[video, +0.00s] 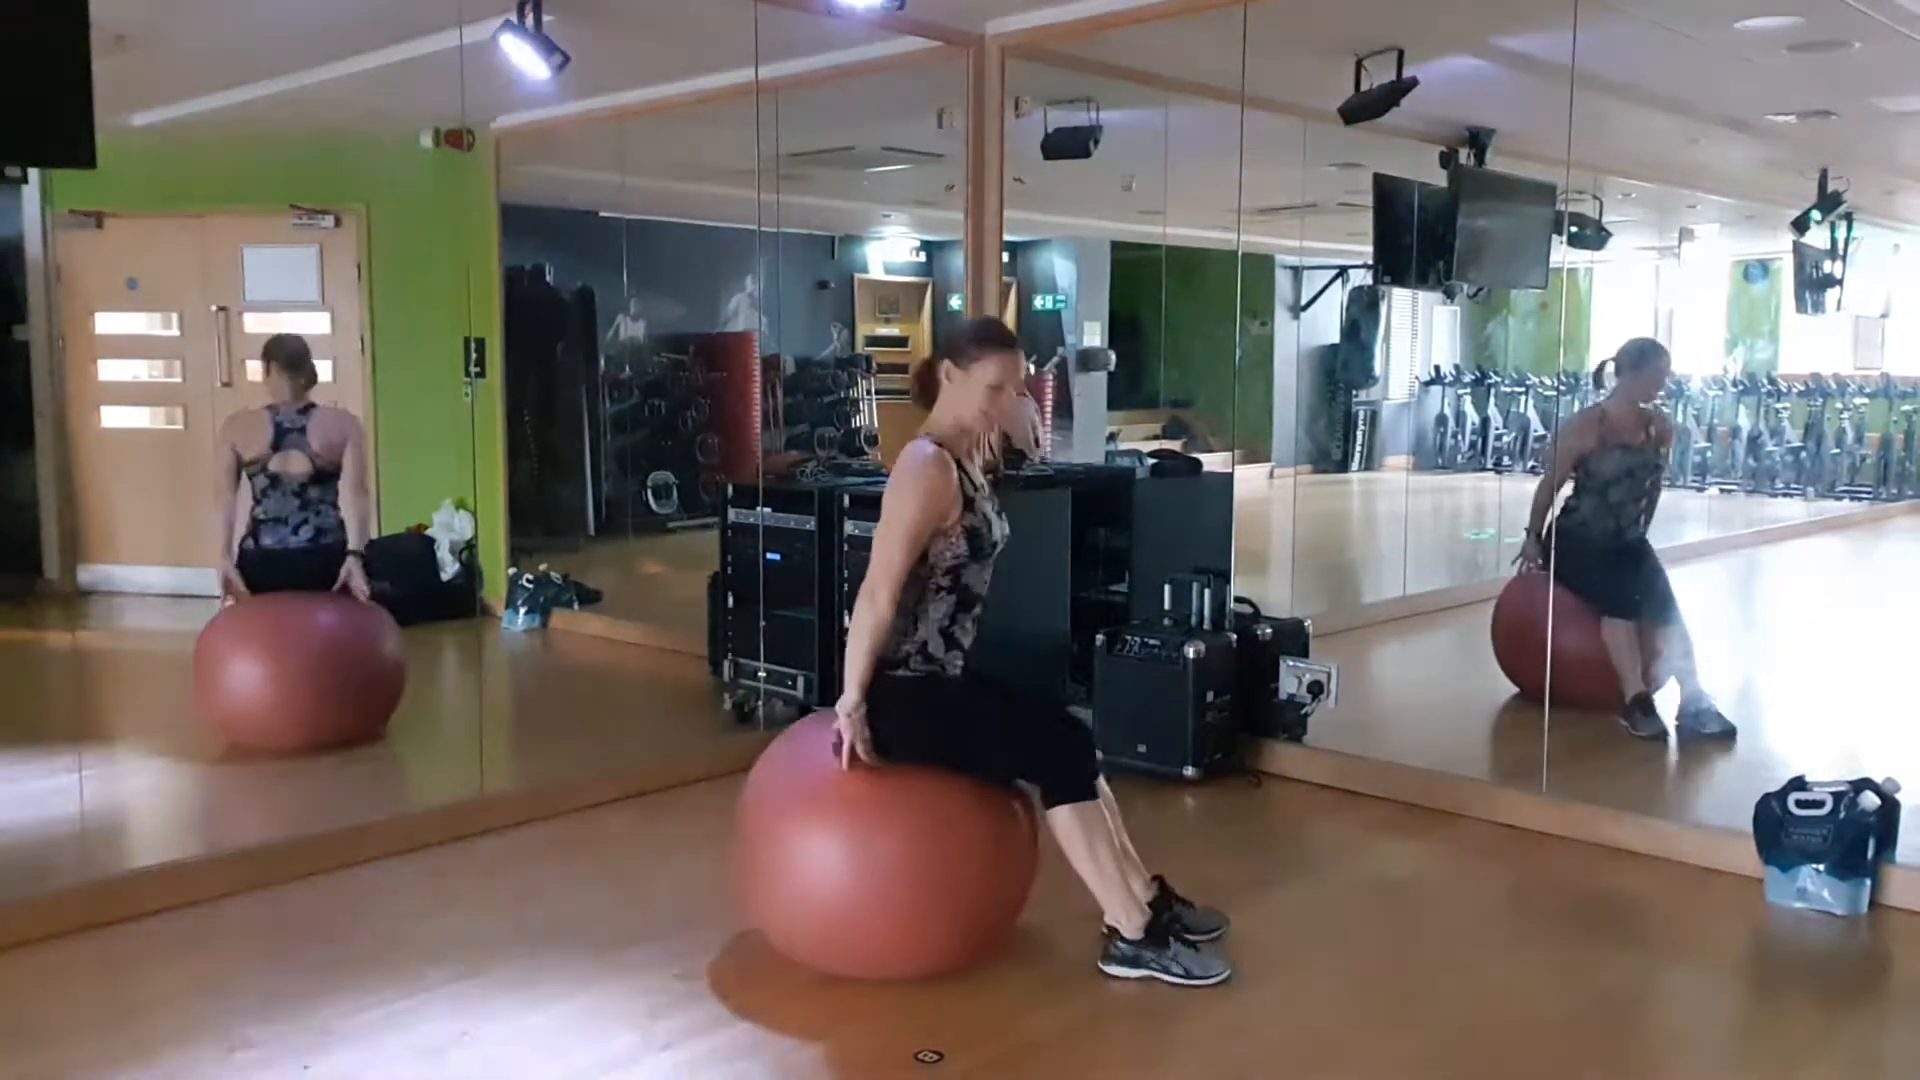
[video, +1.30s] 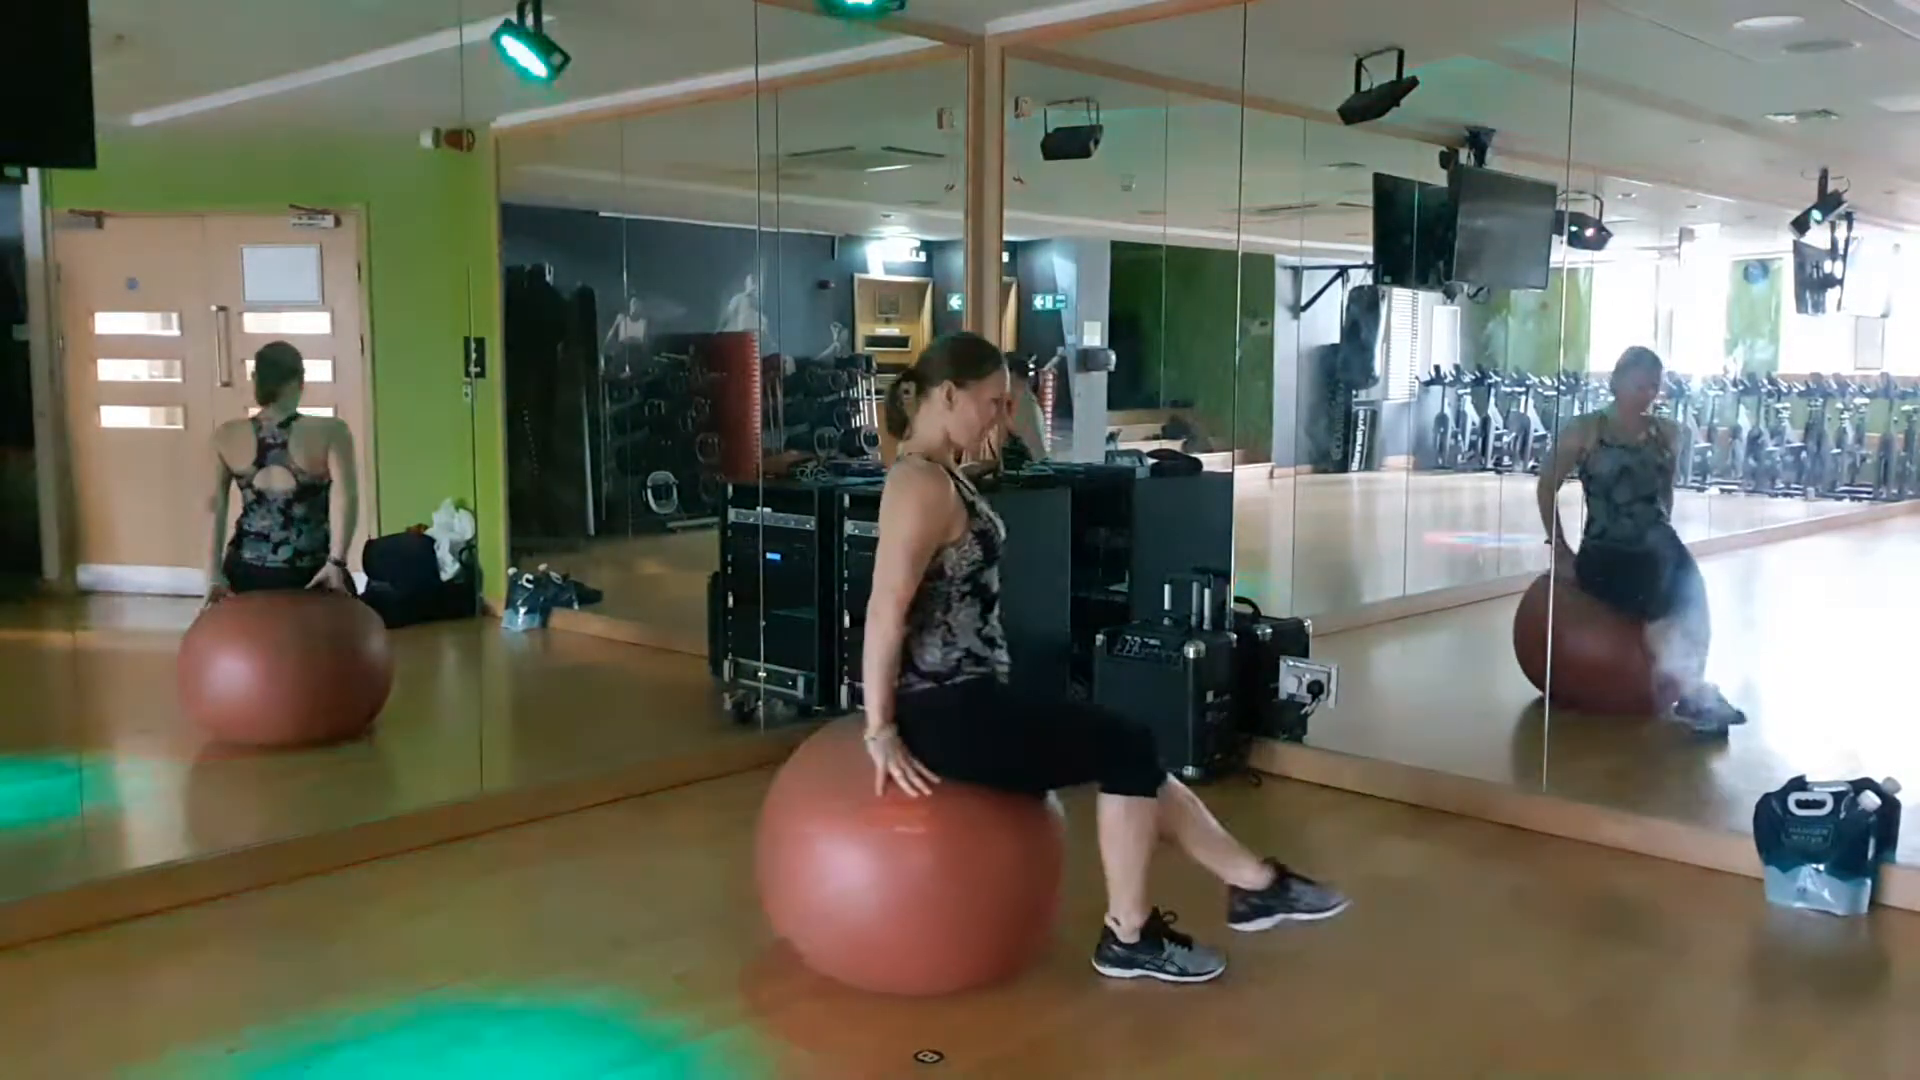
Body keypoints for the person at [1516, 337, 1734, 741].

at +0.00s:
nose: (1664, 385)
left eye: (1665, 377)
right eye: (1659, 376)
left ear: (1648, 377)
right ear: (1630, 373)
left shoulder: (1659, 427)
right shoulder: (1585, 426)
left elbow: (1650, 489)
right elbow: (1550, 483)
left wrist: (1638, 535)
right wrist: (1533, 536)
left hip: (1628, 539)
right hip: (1578, 538)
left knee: (1662, 600)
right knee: (1619, 594)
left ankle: (1694, 701)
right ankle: (1636, 700)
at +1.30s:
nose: (1648, 394)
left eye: (1653, 386)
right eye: (1640, 385)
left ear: (1658, 389)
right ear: (1616, 383)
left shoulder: (1669, 434)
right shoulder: (1585, 433)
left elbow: (1666, 494)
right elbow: (1546, 487)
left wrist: (1660, 538)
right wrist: (1560, 547)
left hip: (1657, 547)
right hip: (1605, 550)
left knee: (1692, 588)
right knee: (1665, 590)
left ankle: (1693, 686)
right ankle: (1689, 690)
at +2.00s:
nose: (1644, 421)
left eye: (1647, 413)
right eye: (1635, 413)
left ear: (1649, 417)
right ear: (1609, 413)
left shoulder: (1665, 461)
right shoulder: (1581, 466)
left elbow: (1677, 522)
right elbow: (1557, 527)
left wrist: (1686, 559)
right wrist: (1588, 570)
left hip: (1679, 563)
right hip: (1630, 574)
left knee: (1723, 576)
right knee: (1712, 607)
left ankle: (1744, 689)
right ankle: (1715, 717)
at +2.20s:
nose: (1639, 426)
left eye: (1642, 419)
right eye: (1629, 418)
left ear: (1646, 424)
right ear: (1604, 422)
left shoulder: (1664, 465)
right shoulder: (1579, 471)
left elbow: (1682, 526)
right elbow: (1560, 535)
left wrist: (1695, 564)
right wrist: (1593, 574)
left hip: (1686, 563)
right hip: (1635, 575)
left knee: (1728, 588)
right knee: (1709, 603)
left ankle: (1791, 703)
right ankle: (1715, 714)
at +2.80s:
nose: (1629, 470)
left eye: (1631, 465)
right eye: (1618, 466)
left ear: (1636, 474)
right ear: (1596, 477)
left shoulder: (1659, 511)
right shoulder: (1579, 516)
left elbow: (1685, 553)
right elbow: (1568, 572)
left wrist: (1712, 571)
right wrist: (1608, 588)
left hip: (1696, 578)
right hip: (1653, 587)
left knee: (1768, 626)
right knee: (1721, 613)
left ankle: (1818, 744)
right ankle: (1720, 715)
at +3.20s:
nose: (1626, 490)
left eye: (1630, 486)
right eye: (1615, 486)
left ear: (1638, 497)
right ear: (1596, 500)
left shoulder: (1664, 526)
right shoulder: (1586, 532)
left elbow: (1698, 558)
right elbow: (1581, 574)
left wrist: (1735, 580)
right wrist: (1613, 592)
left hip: (1700, 582)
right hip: (1657, 588)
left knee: (1787, 623)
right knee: (1746, 592)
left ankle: (1819, 745)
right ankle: (1760, 710)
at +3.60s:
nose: (1633, 492)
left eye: (1636, 489)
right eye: (1620, 491)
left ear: (1644, 503)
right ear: (1603, 510)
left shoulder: (1673, 526)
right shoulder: (1596, 534)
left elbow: (1708, 556)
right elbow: (1594, 575)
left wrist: (1743, 577)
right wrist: (1622, 597)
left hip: (1719, 581)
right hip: (1676, 590)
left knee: (1801, 622)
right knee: (1742, 620)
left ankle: (1826, 742)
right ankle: (1784, 716)